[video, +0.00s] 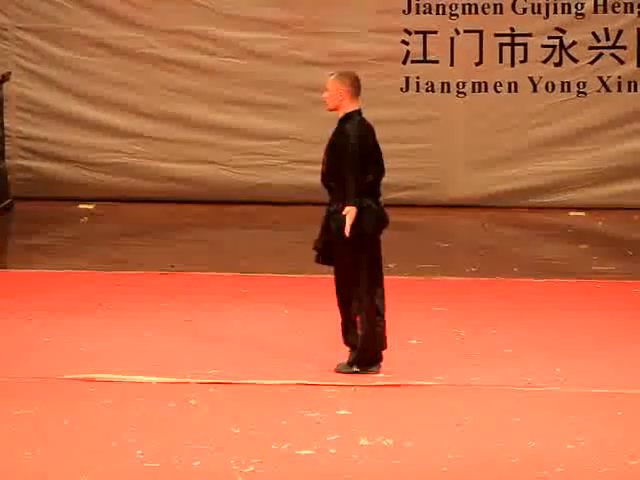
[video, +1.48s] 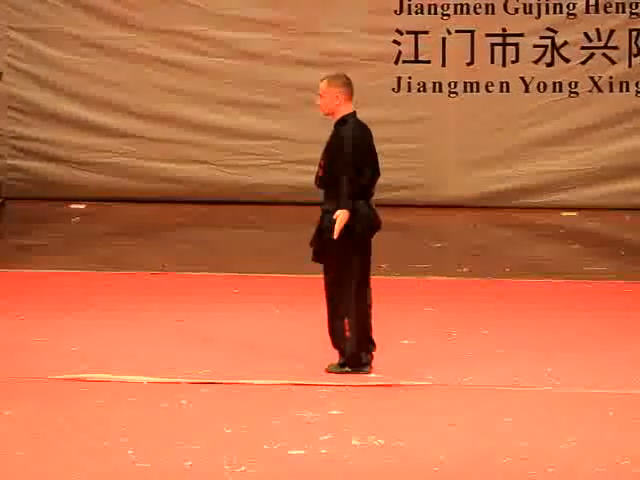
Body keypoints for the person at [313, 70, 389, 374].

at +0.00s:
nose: (323, 97)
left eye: (328, 91)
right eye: (325, 91)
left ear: (343, 94)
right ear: (346, 95)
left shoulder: (351, 128)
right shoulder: (359, 125)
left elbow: (354, 171)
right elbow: (374, 169)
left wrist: (352, 205)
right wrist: (358, 201)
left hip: (353, 219)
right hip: (362, 217)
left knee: (357, 285)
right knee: (361, 285)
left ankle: (365, 352)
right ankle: (366, 348)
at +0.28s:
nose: (320, 96)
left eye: (324, 90)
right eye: (321, 90)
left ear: (340, 93)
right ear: (344, 94)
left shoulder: (349, 129)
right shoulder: (357, 125)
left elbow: (351, 170)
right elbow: (371, 170)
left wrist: (349, 203)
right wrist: (355, 201)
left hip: (350, 221)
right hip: (360, 218)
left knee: (353, 286)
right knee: (358, 285)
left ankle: (363, 353)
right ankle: (363, 349)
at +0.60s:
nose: (320, 97)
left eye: (323, 91)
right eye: (321, 90)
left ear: (339, 93)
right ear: (342, 94)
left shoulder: (347, 128)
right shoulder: (356, 125)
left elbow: (350, 171)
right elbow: (369, 170)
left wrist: (347, 204)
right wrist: (357, 200)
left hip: (346, 221)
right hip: (359, 219)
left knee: (349, 287)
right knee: (359, 285)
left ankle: (358, 352)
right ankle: (365, 345)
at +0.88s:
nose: (320, 98)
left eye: (323, 93)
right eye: (321, 92)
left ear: (340, 95)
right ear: (343, 96)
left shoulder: (348, 130)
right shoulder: (356, 126)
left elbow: (350, 173)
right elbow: (370, 171)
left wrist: (346, 206)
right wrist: (355, 201)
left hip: (347, 222)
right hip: (358, 220)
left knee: (349, 288)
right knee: (356, 286)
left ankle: (357, 353)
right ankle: (362, 347)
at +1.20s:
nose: (319, 100)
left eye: (322, 94)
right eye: (320, 94)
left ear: (338, 96)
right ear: (343, 97)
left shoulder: (346, 131)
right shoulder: (360, 128)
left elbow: (348, 175)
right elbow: (371, 172)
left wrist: (344, 208)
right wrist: (355, 203)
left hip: (345, 223)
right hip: (359, 220)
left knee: (345, 288)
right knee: (357, 286)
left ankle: (353, 353)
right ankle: (362, 348)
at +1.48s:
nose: (318, 100)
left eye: (322, 95)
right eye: (319, 94)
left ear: (339, 97)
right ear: (342, 98)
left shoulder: (346, 131)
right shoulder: (357, 128)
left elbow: (347, 174)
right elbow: (370, 171)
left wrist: (344, 207)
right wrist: (356, 203)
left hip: (343, 222)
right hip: (358, 220)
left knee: (343, 288)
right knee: (356, 286)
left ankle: (351, 354)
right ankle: (361, 348)